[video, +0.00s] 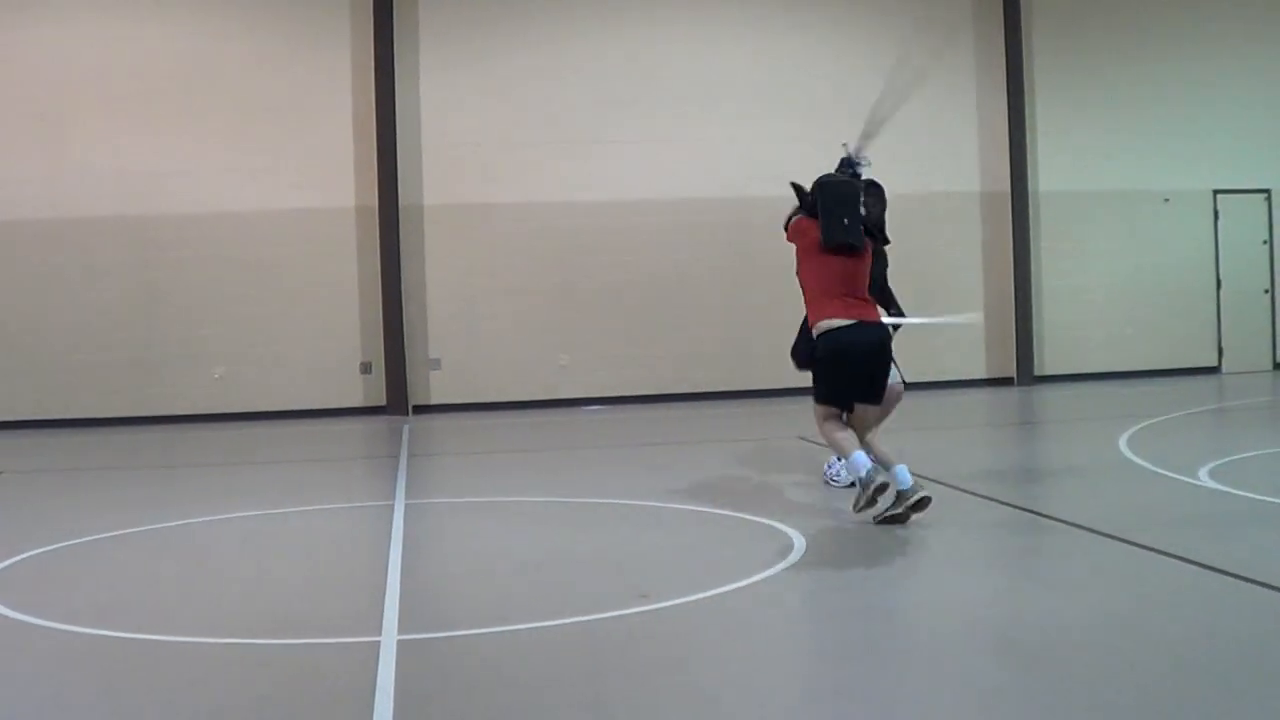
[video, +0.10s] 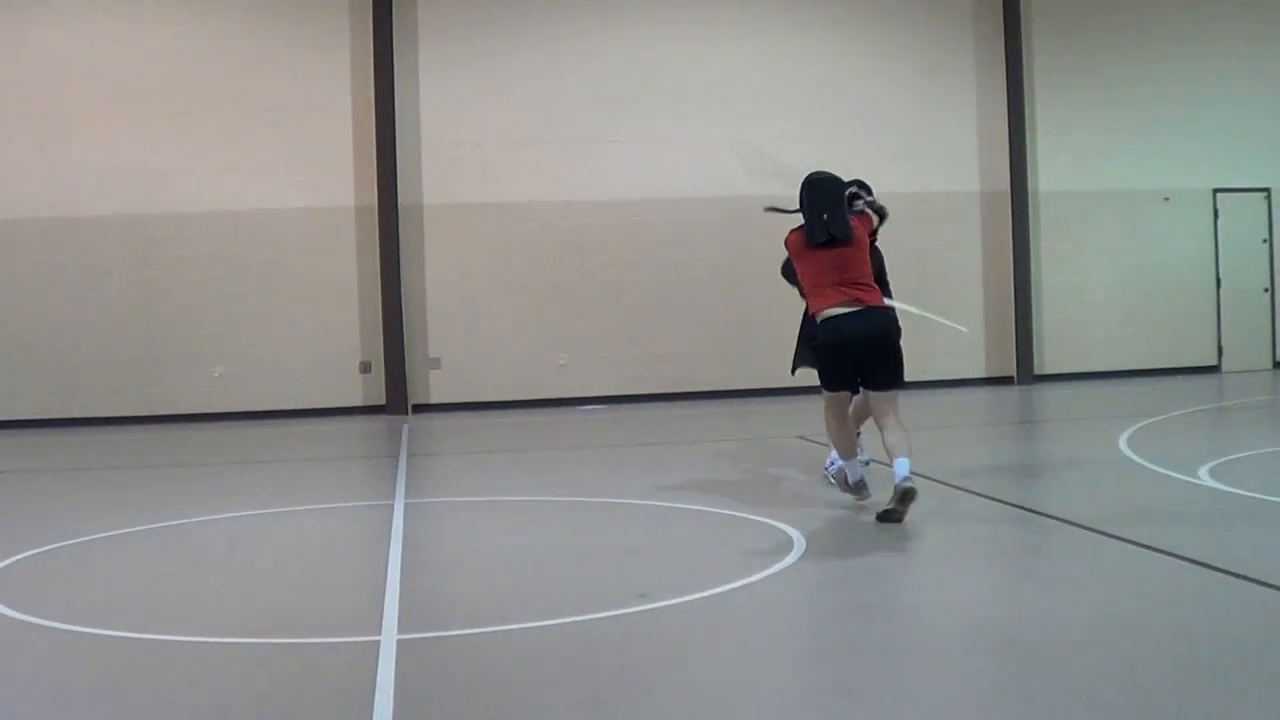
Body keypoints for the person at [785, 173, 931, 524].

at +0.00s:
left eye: (807, 203)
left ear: (815, 205)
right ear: (853, 205)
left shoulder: (804, 231)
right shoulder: (865, 239)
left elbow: (794, 220)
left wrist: (820, 203)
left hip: (832, 340)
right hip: (874, 335)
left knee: (828, 419)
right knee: (859, 427)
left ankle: (866, 474)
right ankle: (906, 485)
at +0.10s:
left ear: (804, 205)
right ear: (841, 202)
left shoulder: (794, 240)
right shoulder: (858, 226)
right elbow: (873, 216)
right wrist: (863, 202)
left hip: (832, 331)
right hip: (878, 324)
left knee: (837, 410)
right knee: (887, 411)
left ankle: (855, 478)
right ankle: (903, 478)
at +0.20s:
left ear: (798, 218)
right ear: (831, 208)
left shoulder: (797, 260)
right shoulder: (852, 232)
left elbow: (788, 245)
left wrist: (790, 221)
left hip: (831, 340)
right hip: (874, 331)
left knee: (843, 419)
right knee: (898, 410)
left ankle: (851, 483)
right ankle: (888, 475)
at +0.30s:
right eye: (832, 219)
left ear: (798, 231)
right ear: (832, 221)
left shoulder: (797, 272)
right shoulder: (854, 246)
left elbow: (808, 311)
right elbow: (888, 273)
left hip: (829, 350)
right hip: (869, 340)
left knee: (848, 411)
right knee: (891, 417)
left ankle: (854, 479)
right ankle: (880, 457)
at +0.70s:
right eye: (860, 200)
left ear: (825, 202)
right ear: (859, 202)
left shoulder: (810, 241)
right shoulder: (871, 236)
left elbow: (796, 284)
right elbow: (888, 281)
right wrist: (910, 318)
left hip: (814, 324)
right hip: (854, 321)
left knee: (827, 401)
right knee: (864, 394)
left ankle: (844, 473)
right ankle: (874, 462)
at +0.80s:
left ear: (824, 203)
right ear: (857, 203)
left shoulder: (808, 241)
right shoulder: (872, 239)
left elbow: (794, 277)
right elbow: (894, 282)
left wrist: (822, 276)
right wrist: (919, 316)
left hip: (815, 329)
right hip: (854, 328)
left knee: (828, 401)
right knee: (860, 399)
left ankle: (846, 471)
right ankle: (865, 466)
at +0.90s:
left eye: (820, 204)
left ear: (819, 207)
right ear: (852, 205)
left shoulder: (808, 244)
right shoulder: (869, 243)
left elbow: (791, 269)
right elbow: (895, 286)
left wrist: (791, 240)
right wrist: (919, 322)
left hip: (818, 335)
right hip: (858, 332)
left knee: (822, 402)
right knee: (860, 400)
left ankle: (841, 457)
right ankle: (860, 468)